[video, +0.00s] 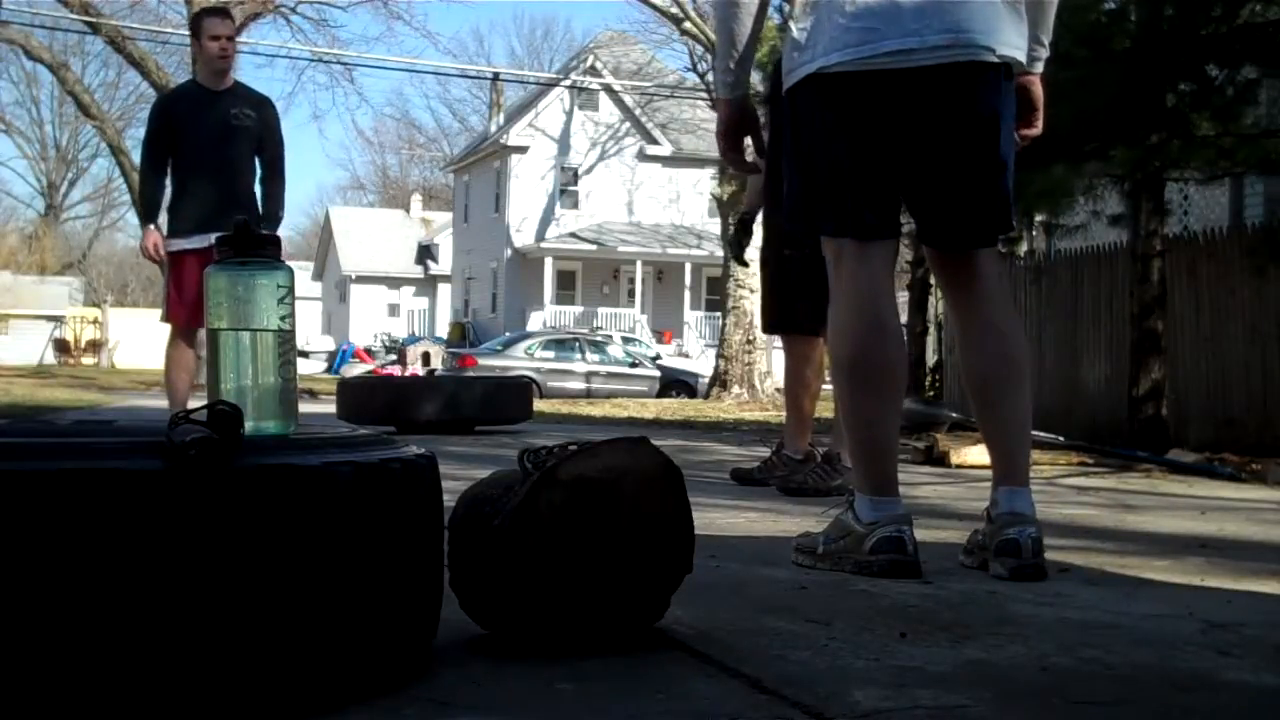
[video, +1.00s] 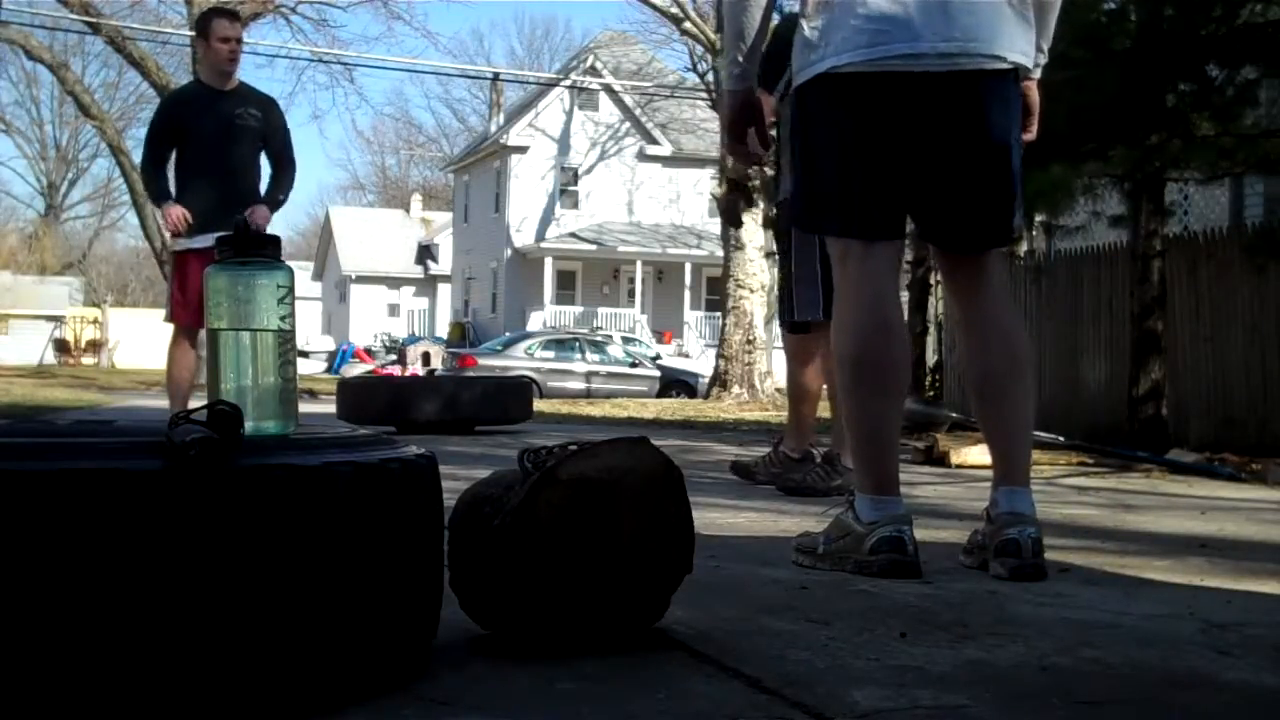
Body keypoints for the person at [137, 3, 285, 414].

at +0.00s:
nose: (225, 46)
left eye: (230, 39)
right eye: (215, 39)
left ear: (237, 45)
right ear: (196, 45)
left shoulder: (259, 106)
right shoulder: (170, 105)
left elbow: (273, 174)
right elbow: (152, 169)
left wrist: (269, 229)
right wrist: (148, 224)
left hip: (243, 237)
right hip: (186, 237)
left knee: (242, 333)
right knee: (185, 330)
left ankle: (238, 423)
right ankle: (178, 421)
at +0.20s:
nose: (225, 47)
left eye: (230, 39)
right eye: (215, 39)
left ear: (237, 45)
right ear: (196, 45)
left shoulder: (260, 106)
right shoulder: (171, 106)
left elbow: (275, 175)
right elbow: (156, 172)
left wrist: (275, 232)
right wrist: (154, 229)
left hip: (245, 238)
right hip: (188, 238)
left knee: (242, 334)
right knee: (185, 332)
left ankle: (239, 424)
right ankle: (178, 422)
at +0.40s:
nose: (227, 47)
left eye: (232, 40)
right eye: (217, 40)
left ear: (238, 46)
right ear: (197, 46)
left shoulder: (261, 106)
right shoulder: (172, 106)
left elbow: (277, 172)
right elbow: (159, 171)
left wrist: (279, 230)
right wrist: (161, 229)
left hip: (245, 238)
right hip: (188, 238)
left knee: (244, 335)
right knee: (185, 332)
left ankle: (242, 423)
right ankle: (178, 422)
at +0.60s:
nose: (228, 48)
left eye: (234, 41)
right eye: (219, 40)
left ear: (240, 46)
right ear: (197, 46)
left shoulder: (263, 106)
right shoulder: (173, 106)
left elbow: (279, 172)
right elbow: (159, 172)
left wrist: (279, 230)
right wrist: (160, 228)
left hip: (247, 238)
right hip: (190, 238)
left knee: (247, 335)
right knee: (186, 332)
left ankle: (244, 425)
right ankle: (178, 423)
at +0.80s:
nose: (230, 48)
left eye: (235, 41)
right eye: (220, 40)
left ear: (241, 46)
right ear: (199, 45)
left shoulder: (263, 106)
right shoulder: (174, 105)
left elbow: (279, 171)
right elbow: (158, 169)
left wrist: (278, 229)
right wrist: (156, 224)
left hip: (248, 238)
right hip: (192, 238)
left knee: (248, 336)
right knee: (186, 332)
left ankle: (244, 426)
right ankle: (178, 423)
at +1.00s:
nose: (235, 49)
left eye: (238, 42)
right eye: (225, 41)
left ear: (243, 46)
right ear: (201, 45)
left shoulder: (263, 106)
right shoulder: (176, 104)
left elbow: (285, 167)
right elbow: (152, 163)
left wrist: (268, 206)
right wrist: (164, 203)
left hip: (246, 239)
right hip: (193, 239)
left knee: (245, 335)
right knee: (187, 331)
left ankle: (242, 425)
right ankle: (178, 421)